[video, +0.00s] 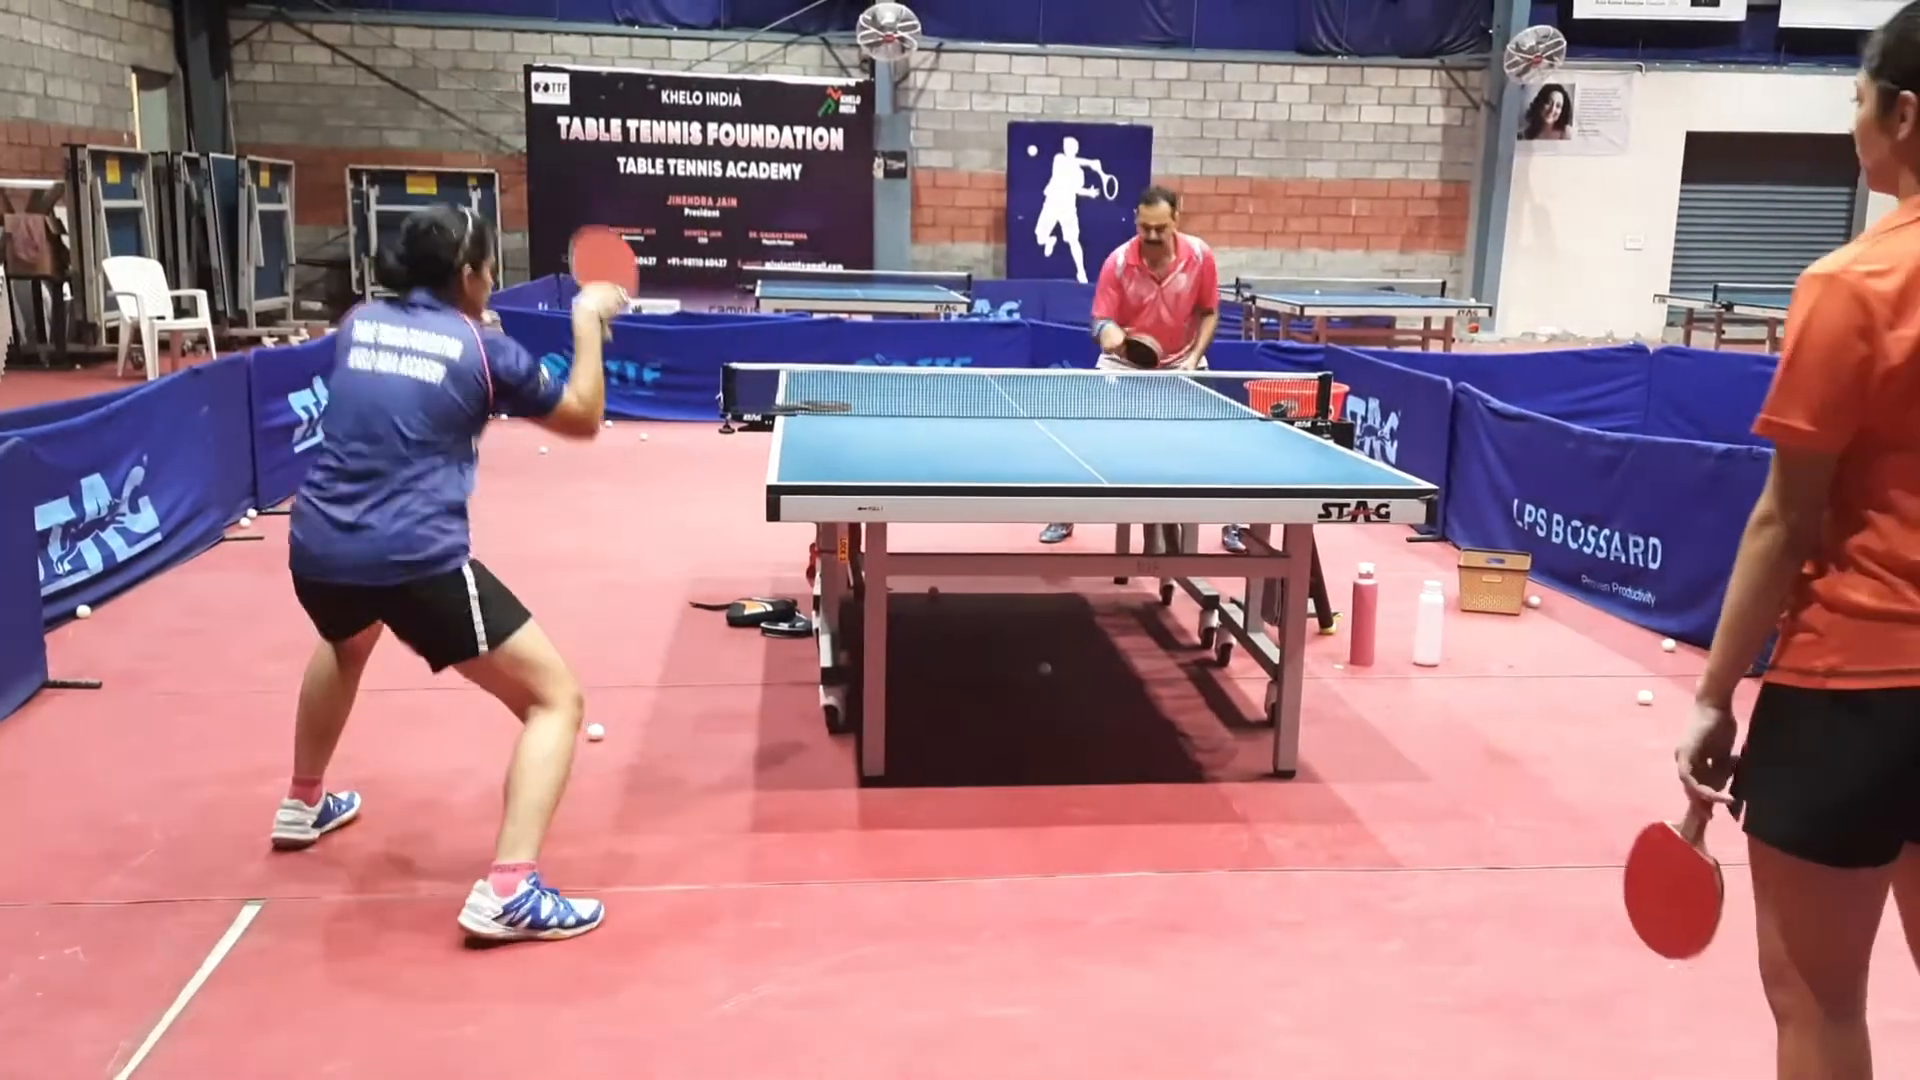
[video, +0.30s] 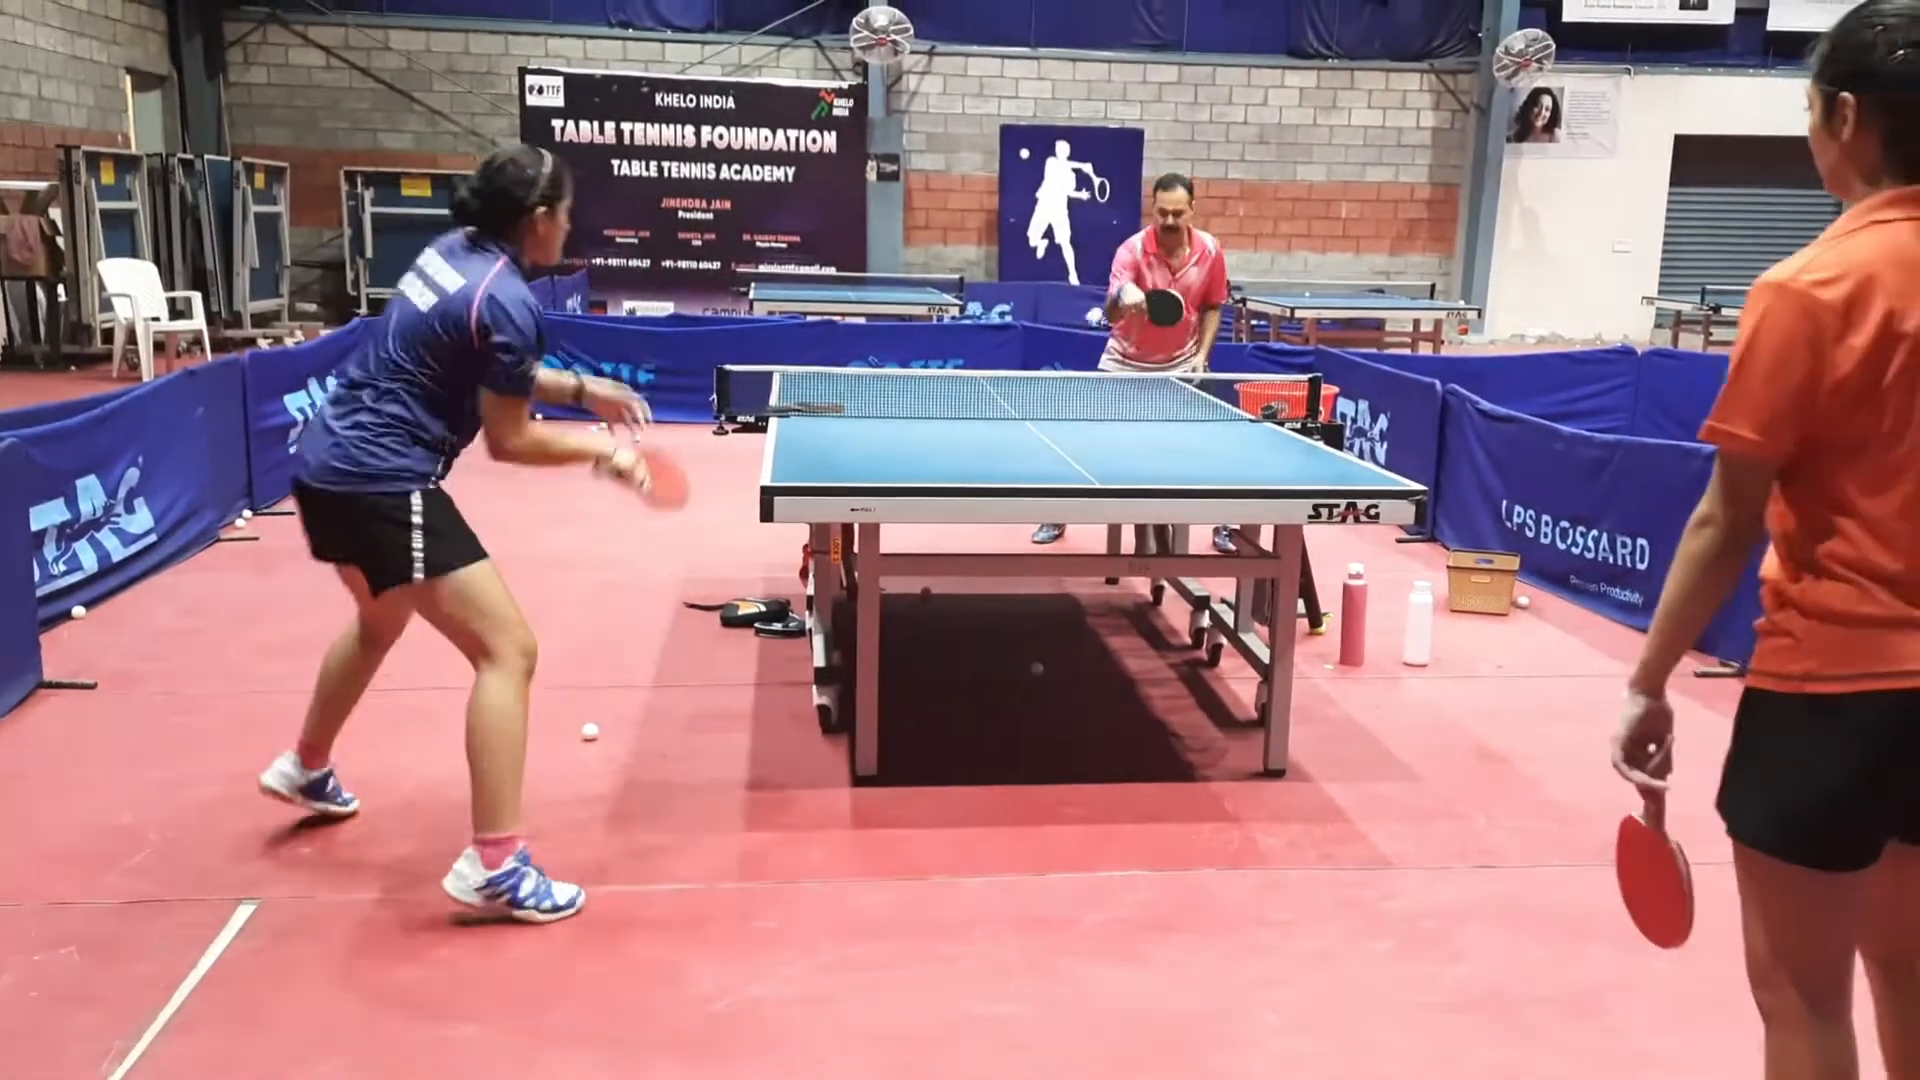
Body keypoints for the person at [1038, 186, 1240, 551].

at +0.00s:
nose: (1152, 236)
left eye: (1161, 228)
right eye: (1145, 228)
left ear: (1176, 220)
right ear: (1135, 222)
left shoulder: (1199, 256)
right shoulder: (1118, 262)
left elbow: (1210, 313)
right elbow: (1102, 318)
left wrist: (1195, 355)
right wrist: (1112, 335)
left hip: (1182, 365)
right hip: (1124, 365)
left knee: (1218, 433)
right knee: (1085, 427)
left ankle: (1232, 522)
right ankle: (1063, 514)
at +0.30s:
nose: (1169, 222)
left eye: (1178, 214)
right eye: (1162, 213)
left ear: (1191, 210)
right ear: (1151, 210)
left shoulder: (1209, 251)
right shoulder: (1132, 250)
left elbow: (1213, 307)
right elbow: (1112, 314)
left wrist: (1202, 355)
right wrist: (1125, 300)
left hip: (1181, 363)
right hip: (1123, 361)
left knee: (1206, 438)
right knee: (1086, 429)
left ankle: (1224, 522)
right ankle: (1056, 513)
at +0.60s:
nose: (1153, 224)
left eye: (1161, 217)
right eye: (1146, 215)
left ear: (1175, 216)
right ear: (1137, 214)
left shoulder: (1197, 261)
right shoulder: (1114, 259)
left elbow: (1205, 319)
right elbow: (1098, 317)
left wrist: (1192, 355)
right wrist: (1111, 330)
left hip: (1172, 369)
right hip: (1112, 366)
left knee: (1205, 437)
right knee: (1070, 428)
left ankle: (1217, 522)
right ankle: (1047, 516)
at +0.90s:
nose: (1129, 216)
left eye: (1137, 208)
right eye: (1122, 208)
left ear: (1152, 207)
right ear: (1112, 208)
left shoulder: (1175, 250)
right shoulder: (1094, 252)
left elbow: (1193, 308)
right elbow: (1071, 306)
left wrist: (1173, 339)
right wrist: (1071, 318)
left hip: (1160, 367)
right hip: (1099, 364)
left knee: (1189, 438)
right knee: (1062, 432)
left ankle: (1211, 521)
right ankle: (1039, 515)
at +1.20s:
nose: (1116, 235)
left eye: (1124, 227)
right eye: (1109, 227)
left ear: (1137, 224)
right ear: (1099, 223)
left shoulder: (1160, 259)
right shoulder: (1079, 264)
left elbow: (1172, 315)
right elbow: (1059, 317)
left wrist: (1159, 354)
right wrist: (1063, 337)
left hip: (1142, 366)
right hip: (1086, 366)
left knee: (1178, 432)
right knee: (1053, 429)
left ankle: (1203, 520)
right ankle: (1034, 515)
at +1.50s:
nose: (1114, 229)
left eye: (1121, 221)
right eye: (1107, 221)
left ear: (1133, 217)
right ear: (1095, 217)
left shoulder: (1151, 256)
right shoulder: (1075, 257)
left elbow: (1156, 311)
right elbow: (1055, 316)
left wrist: (1152, 355)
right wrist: (1073, 323)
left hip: (1131, 366)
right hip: (1072, 364)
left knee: (1168, 435)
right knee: (1039, 429)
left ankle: (1198, 520)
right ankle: (1028, 514)